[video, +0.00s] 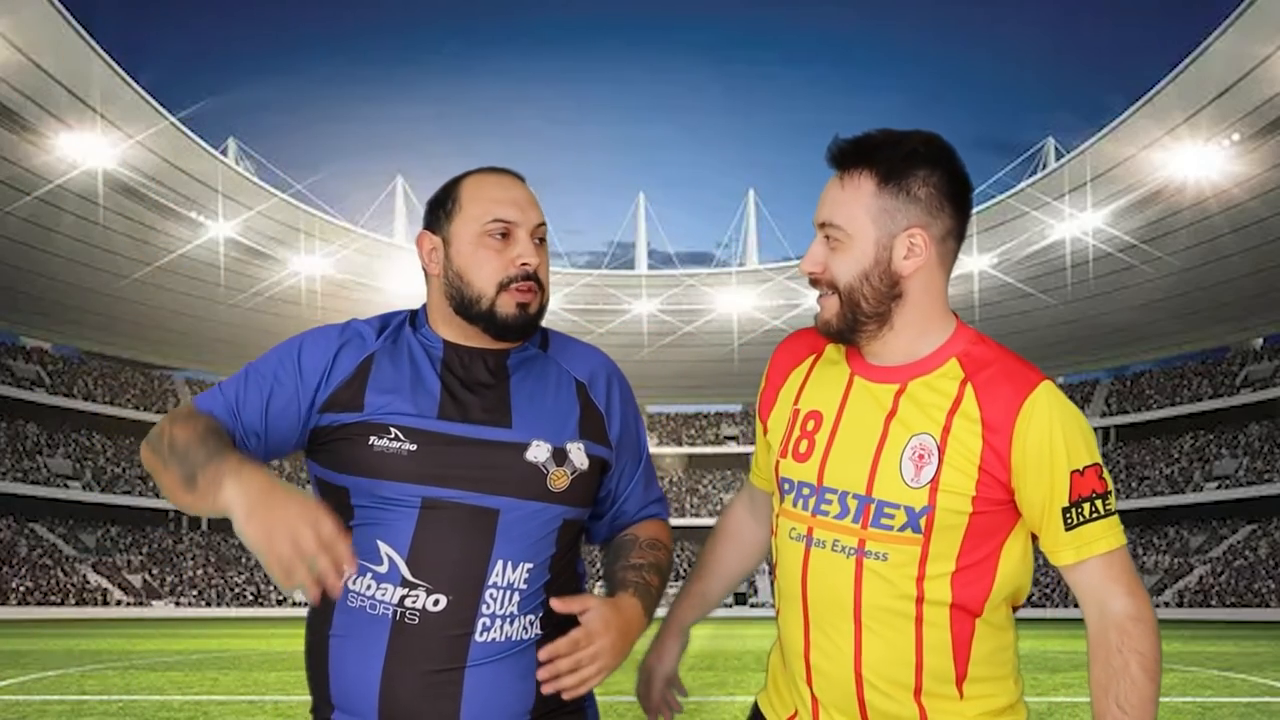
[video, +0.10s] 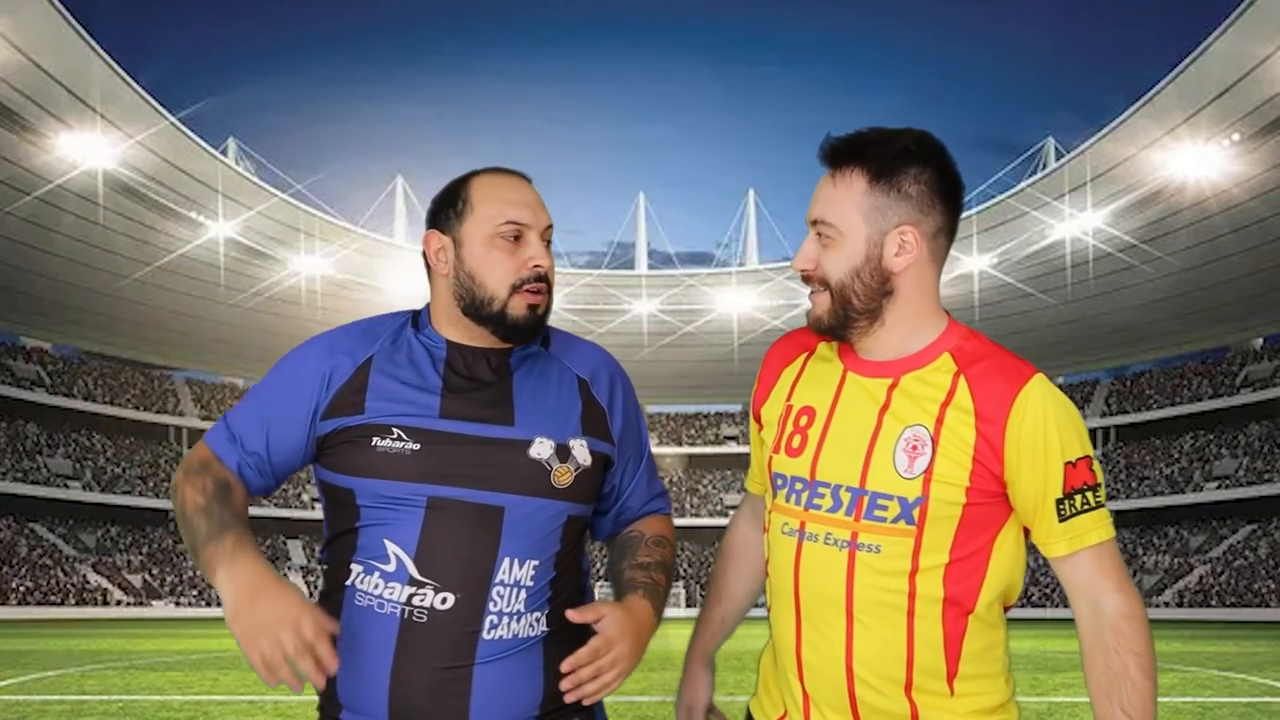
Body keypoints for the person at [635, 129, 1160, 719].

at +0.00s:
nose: (809, 265)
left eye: (832, 237)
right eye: (818, 236)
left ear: (910, 252)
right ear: (907, 252)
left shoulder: (1023, 408)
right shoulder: (794, 365)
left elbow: (1120, 617)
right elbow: (755, 506)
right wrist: (673, 626)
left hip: (952, 708)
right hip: (786, 708)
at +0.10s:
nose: (800, 261)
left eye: (824, 235)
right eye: (809, 233)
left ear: (902, 248)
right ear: (898, 248)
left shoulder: (1016, 404)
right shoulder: (786, 365)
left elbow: (1107, 607)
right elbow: (758, 518)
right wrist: (699, 654)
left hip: (946, 707)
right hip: (783, 704)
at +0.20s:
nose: (784, 259)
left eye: (810, 233)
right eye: (794, 233)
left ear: (887, 244)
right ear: (887, 245)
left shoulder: (998, 399)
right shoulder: (773, 368)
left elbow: (1084, 602)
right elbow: (747, 529)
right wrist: (709, 676)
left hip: (934, 706)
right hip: (773, 704)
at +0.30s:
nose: (766, 257)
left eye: (791, 232)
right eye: (773, 232)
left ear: (867, 240)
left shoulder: (981, 392)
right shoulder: (754, 372)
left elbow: (1060, 590)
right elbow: (737, 537)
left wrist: (1104, 714)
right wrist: (710, 690)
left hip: (922, 706)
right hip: (762, 706)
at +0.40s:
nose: (745, 257)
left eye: (767, 230)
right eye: (750, 231)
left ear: (843, 236)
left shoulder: (959, 385)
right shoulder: (733, 375)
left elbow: (1042, 581)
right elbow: (723, 551)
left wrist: (1085, 713)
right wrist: (706, 700)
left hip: (906, 706)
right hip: (748, 706)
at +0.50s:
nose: (729, 261)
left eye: (752, 234)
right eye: (730, 237)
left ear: (829, 236)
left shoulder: (940, 382)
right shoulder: (714, 378)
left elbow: (1022, 573)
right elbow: (709, 568)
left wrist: (1059, 714)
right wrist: (703, 699)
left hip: (893, 705)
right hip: (733, 706)